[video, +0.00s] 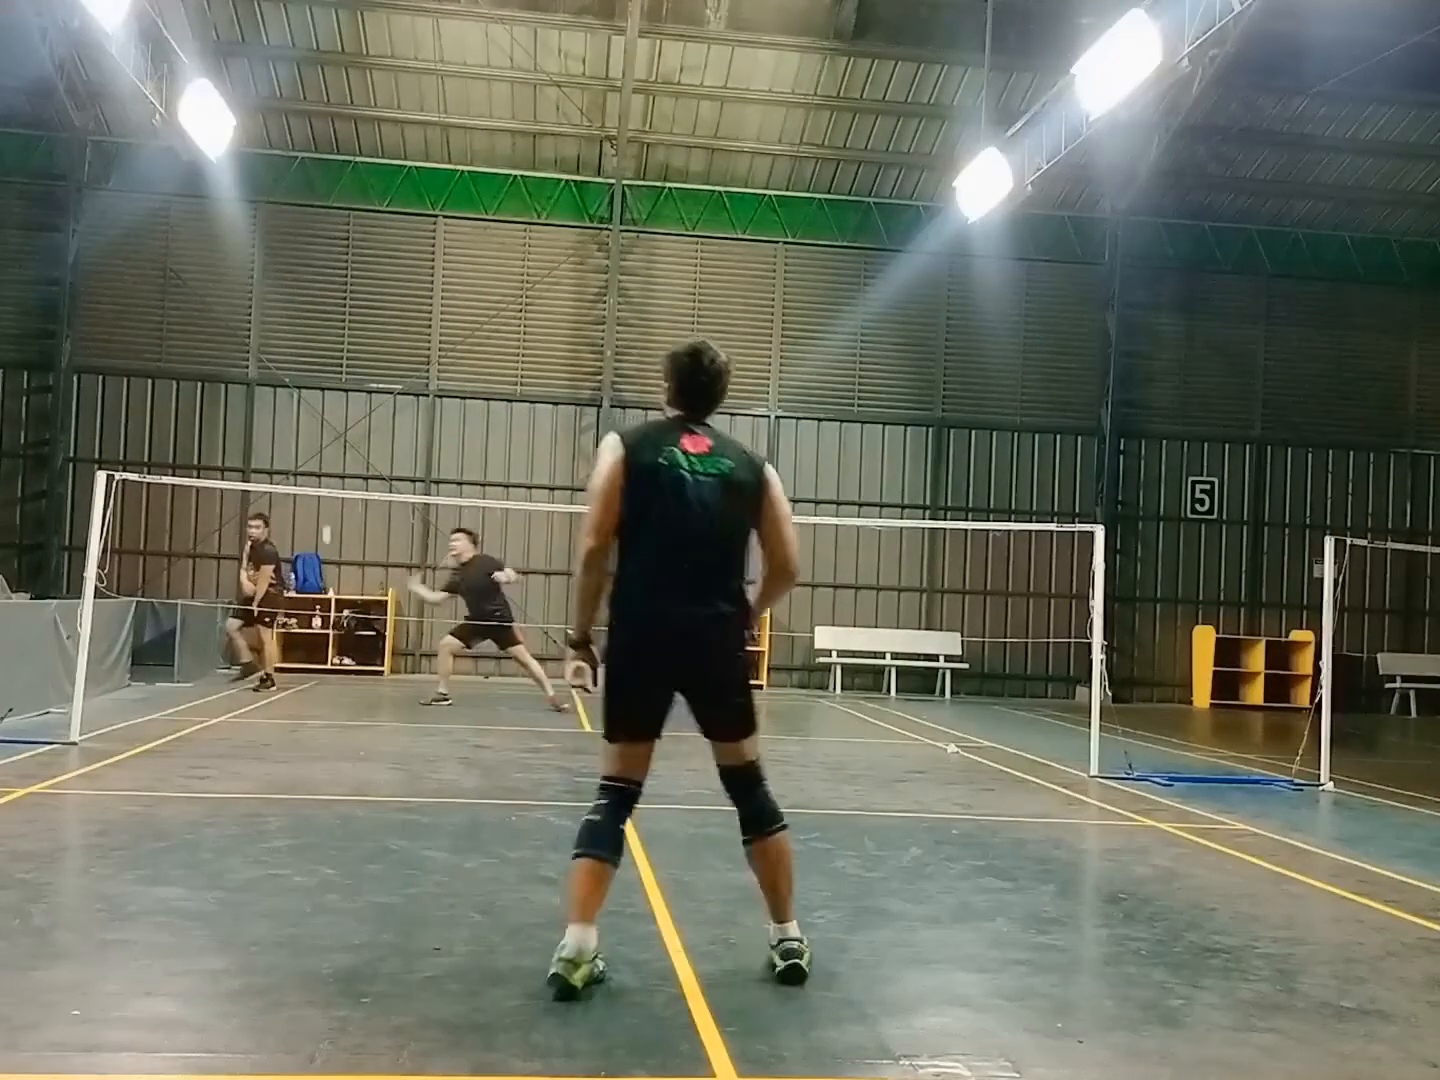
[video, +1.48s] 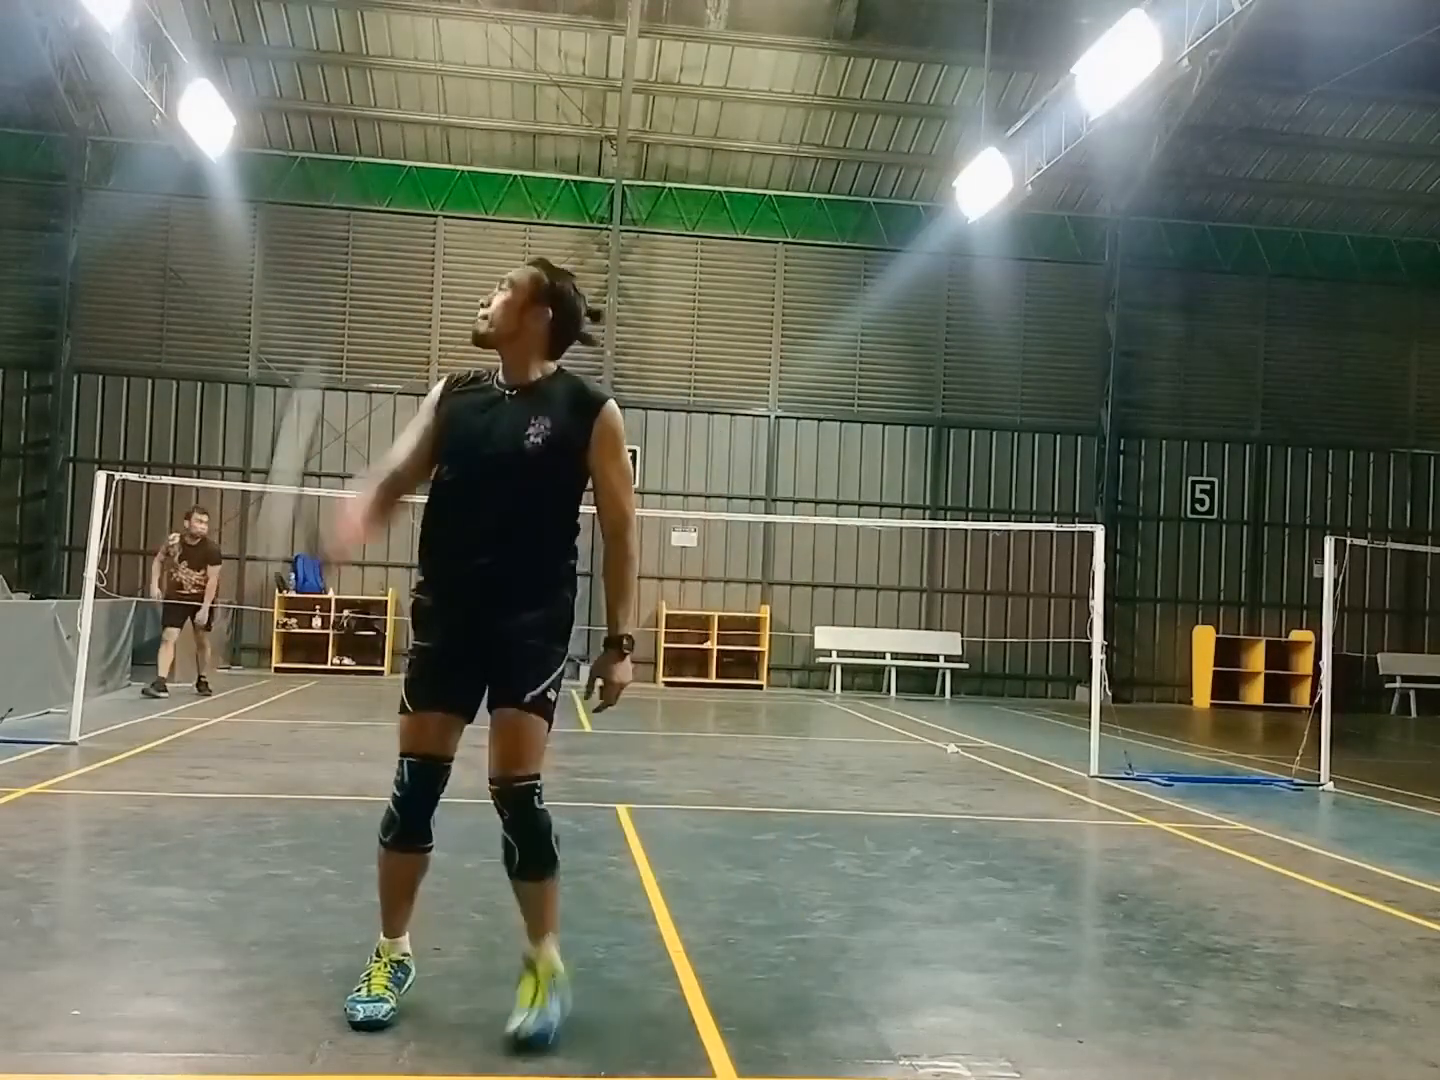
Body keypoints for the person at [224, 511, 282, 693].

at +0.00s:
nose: (252, 531)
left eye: (257, 527)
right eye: (249, 527)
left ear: (266, 529)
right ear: (247, 528)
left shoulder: (269, 551)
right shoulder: (253, 549)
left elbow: (264, 581)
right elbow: (245, 570)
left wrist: (256, 602)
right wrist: (246, 585)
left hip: (269, 596)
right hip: (255, 593)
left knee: (265, 634)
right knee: (232, 625)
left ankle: (268, 676)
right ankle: (247, 661)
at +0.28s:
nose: (230, 531)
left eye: (234, 528)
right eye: (227, 527)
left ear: (243, 530)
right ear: (224, 529)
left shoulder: (245, 550)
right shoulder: (231, 548)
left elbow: (241, 578)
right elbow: (228, 569)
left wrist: (231, 601)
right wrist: (220, 580)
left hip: (244, 594)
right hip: (229, 591)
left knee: (242, 635)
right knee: (215, 633)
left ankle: (261, 672)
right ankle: (214, 673)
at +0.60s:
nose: (217, 528)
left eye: (221, 525)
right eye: (214, 524)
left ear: (228, 528)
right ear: (208, 525)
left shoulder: (230, 549)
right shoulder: (205, 545)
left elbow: (225, 577)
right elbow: (199, 567)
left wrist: (216, 601)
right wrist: (192, 588)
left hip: (227, 589)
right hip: (209, 588)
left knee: (220, 620)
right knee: (207, 631)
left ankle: (213, 666)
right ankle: (212, 671)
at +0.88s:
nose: (217, 531)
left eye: (221, 528)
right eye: (213, 526)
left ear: (225, 531)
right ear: (205, 526)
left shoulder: (227, 554)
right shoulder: (196, 545)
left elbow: (220, 584)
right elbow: (189, 569)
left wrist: (209, 607)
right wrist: (182, 593)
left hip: (218, 599)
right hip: (198, 597)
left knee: (211, 637)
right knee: (201, 639)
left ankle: (204, 677)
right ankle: (212, 672)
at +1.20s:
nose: (214, 528)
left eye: (219, 525)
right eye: (211, 523)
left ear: (222, 528)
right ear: (201, 523)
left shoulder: (224, 552)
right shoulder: (190, 539)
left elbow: (218, 582)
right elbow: (174, 559)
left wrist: (208, 605)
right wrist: (164, 582)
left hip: (213, 596)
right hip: (190, 593)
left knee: (209, 635)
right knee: (179, 633)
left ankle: (204, 678)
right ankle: (192, 664)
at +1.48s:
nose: (202, 526)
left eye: (205, 523)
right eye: (198, 522)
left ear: (208, 526)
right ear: (187, 523)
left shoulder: (211, 549)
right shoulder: (173, 542)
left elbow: (212, 579)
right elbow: (158, 561)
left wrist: (205, 607)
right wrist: (154, 586)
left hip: (200, 600)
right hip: (175, 599)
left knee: (202, 641)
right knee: (168, 637)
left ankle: (202, 680)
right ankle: (161, 681)